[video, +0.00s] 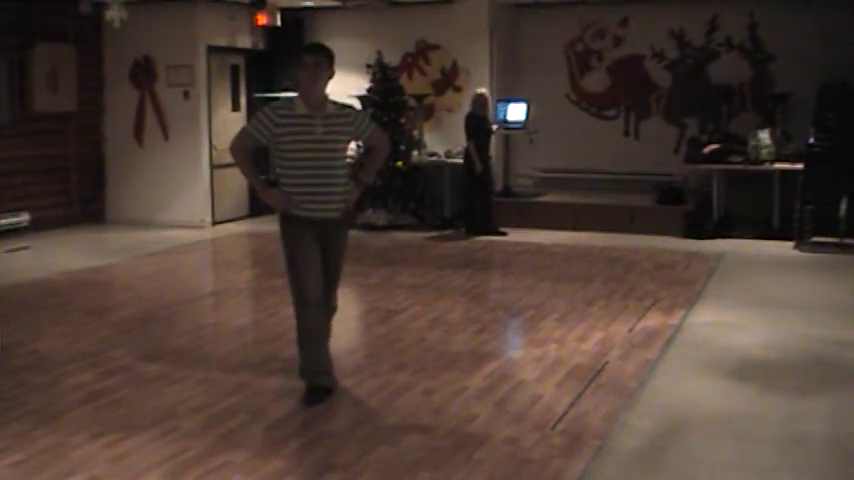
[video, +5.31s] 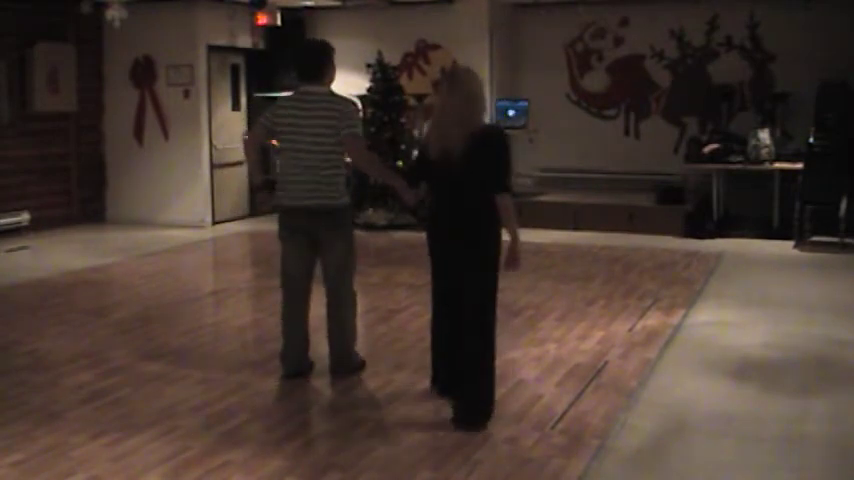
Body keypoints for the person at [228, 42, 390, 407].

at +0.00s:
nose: (311, 75)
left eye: (318, 68)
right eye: (305, 67)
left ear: (330, 74)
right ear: (296, 72)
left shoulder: (346, 115)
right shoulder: (278, 114)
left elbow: (382, 144)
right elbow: (238, 147)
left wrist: (360, 184)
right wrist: (265, 191)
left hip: (336, 217)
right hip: (297, 216)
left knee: (327, 297)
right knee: (309, 297)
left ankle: (314, 361)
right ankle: (318, 379)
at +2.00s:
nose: (309, 76)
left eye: (316, 70)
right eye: (303, 69)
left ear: (327, 75)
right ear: (293, 74)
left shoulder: (343, 115)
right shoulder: (274, 116)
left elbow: (380, 145)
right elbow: (241, 157)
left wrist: (357, 186)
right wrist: (261, 201)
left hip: (335, 218)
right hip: (295, 219)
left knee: (326, 297)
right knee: (308, 298)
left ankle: (314, 361)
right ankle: (318, 378)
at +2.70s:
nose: (330, 74)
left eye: (331, 68)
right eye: (323, 68)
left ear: (326, 72)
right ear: (304, 71)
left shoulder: (325, 111)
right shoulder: (291, 111)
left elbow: (334, 158)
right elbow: (275, 160)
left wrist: (337, 194)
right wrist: (290, 198)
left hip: (331, 212)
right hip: (308, 214)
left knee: (324, 290)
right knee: (328, 292)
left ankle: (311, 362)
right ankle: (328, 373)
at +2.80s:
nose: (333, 71)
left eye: (332, 66)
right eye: (327, 66)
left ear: (314, 72)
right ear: (308, 71)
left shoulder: (314, 108)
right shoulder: (299, 109)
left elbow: (311, 156)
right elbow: (290, 149)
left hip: (320, 211)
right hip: (311, 212)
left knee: (318, 287)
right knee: (334, 290)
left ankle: (305, 361)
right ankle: (330, 371)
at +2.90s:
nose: (327, 72)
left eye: (325, 65)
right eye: (323, 66)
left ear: (300, 71)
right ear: (312, 70)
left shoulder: (292, 105)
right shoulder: (315, 106)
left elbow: (277, 143)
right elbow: (327, 156)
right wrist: (333, 202)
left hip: (299, 209)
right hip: (319, 209)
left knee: (315, 288)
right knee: (336, 291)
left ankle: (304, 364)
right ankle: (333, 370)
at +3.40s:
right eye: (302, 67)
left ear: (275, 75)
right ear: (306, 71)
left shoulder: (263, 112)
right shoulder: (329, 107)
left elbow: (226, 150)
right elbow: (364, 142)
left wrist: (251, 181)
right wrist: (377, 172)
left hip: (287, 216)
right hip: (329, 212)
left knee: (290, 294)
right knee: (331, 296)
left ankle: (295, 368)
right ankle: (331, 376)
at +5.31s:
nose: (334, 70)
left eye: (332, 64)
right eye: (333, 65)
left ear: (298, 69)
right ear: (329, 68)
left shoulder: (283, 106)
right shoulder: (343, 107)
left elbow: (253, 140)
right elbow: (356, 153)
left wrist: (258, 178)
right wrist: (399, 185)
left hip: (292, 210)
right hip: (333, 209)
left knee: (294, 290)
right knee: (340, 287)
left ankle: (294, 362)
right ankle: (343, 359)